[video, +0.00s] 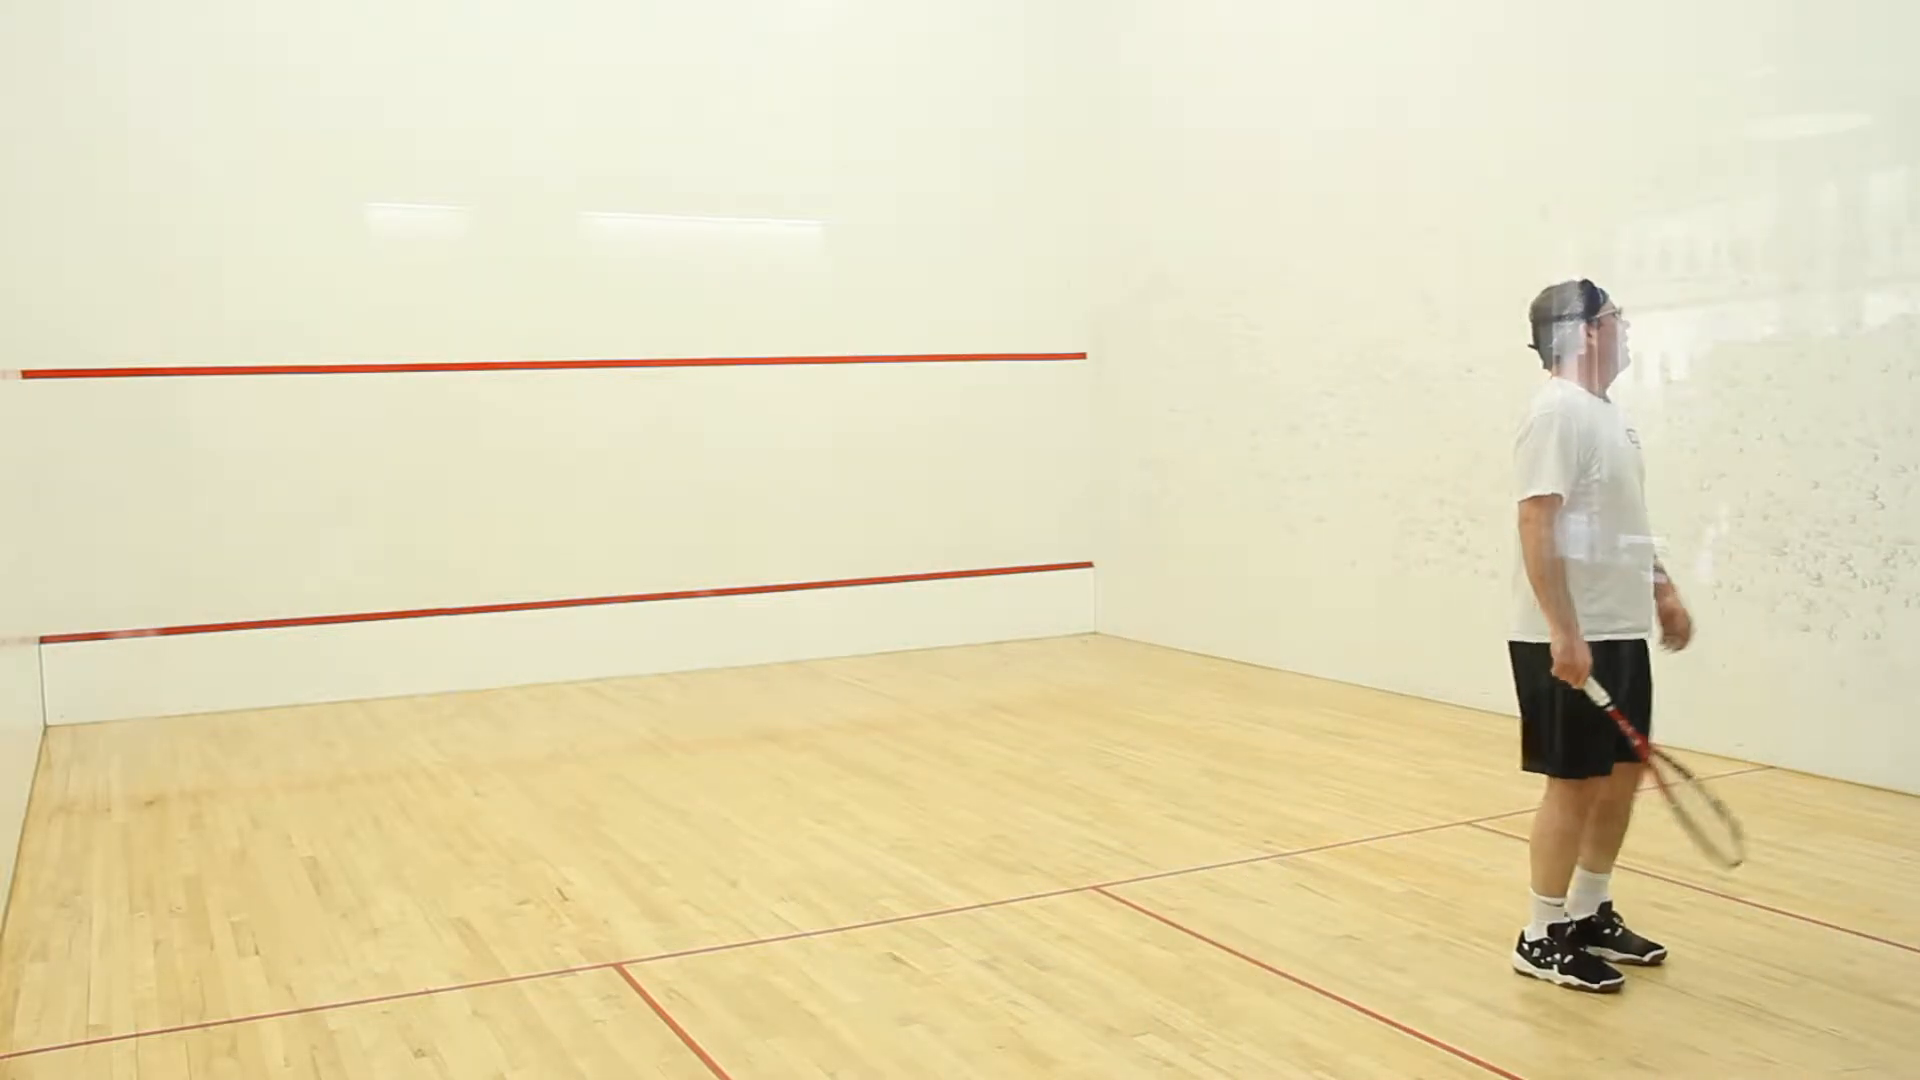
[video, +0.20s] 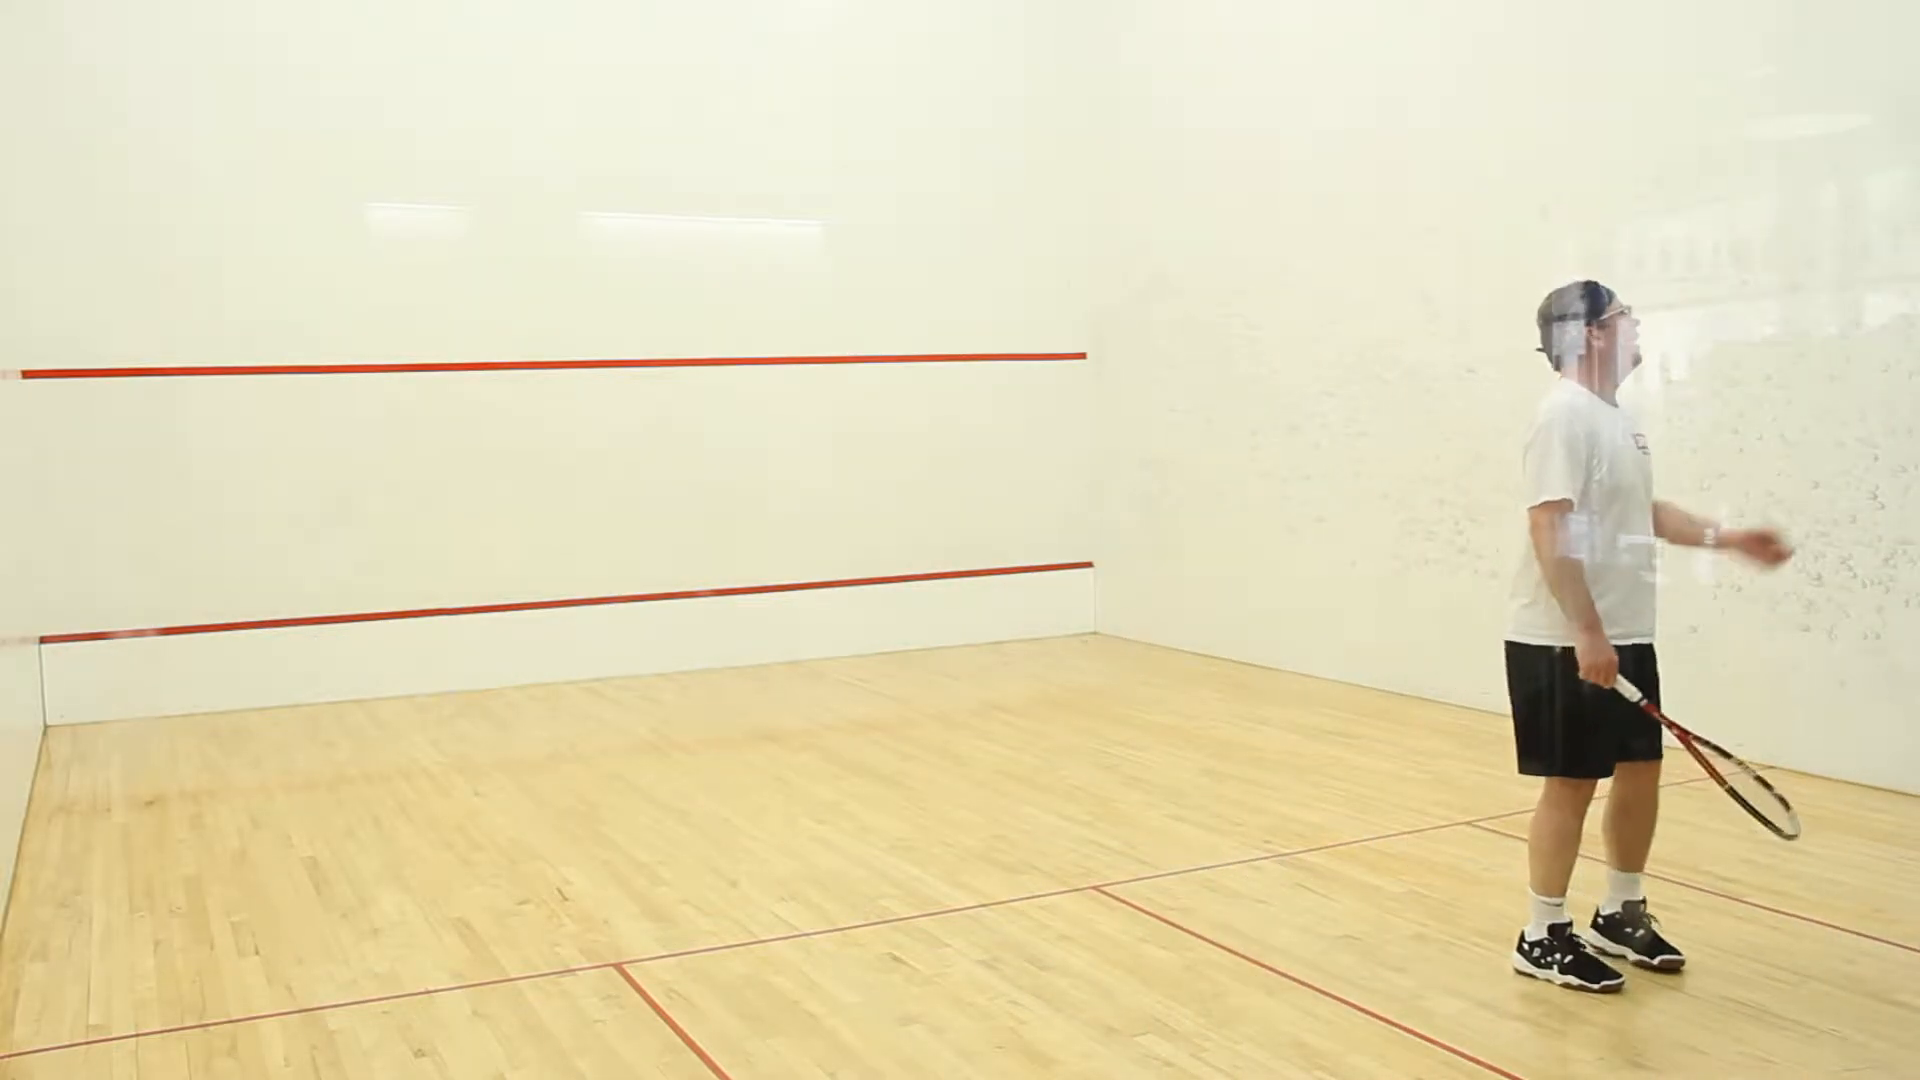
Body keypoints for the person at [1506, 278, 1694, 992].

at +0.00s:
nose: (1625, 331)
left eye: (1619, 321)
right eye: (1616, 321)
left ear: (1583, 337)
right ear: (1590, 333)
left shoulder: (1607, 414)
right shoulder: (1557, 410)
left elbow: (1625, 520)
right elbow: (1535, 527)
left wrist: (1662, 588)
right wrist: (1565, 633)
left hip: (1621, 633)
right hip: (1569, 636)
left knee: (1624, 769)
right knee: (1574, 780)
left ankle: (1588, 914)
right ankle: (1542, 935)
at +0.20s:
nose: (1635, 336)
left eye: (1631, 324)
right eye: (1626, 325)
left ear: (1591, 337)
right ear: (1594, 335)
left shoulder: (1614, 418)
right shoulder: (1563, 416)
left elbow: (1643, 514)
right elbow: (1549, 536)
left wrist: (1726, 538)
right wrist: (1588, 630)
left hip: (1624, 635)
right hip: (1563, 638)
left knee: (1640, 764)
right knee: (1571, 778)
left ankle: (1622, 913)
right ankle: (1544, 935)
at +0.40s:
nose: (1652, 334)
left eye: (1650, 323)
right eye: (1640, 323)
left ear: (1619, 337)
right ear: (1599, 335)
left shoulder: (1654, 421)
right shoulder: (1555, 424)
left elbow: (1713, 499)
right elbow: (1534, 531)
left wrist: (1810, 473)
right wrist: (1578, 623)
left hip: (1637, 636)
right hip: (1565, 636)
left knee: (1633, 769)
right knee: (1571, 778)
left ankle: (1620, 918)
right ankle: (1543, 935)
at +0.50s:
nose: (1654, 351)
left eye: (1656, 338)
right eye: (1642, 337)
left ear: (1646, 342)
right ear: (1596, 340)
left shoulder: (1664, 418)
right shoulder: (1552, 420)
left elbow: (1729, 486)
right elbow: (1521, 525)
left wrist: (1837, 460)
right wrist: (1551, 625)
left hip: (1642, 636)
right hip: (1568, 635)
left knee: (1632, 768)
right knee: (1573, 778)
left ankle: (1618, 917)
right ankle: (1543, 933)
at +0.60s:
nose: (1652, 352)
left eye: (1657, 337)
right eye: (1638, 338)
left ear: (1659, 341)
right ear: (1595, 342)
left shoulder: (1673, 420)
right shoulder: (1546, 420)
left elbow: (1727, 497)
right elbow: (1506, 523)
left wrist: (1793, 442)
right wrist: (1511, 621)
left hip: (1644, 637)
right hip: (1564, 636)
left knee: (1632, 780)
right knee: (1565, 784)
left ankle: (1618, 917)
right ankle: (1543, 927)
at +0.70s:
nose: (1643, 356)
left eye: (1649, 341)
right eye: (1628, 342)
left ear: (1656, 344)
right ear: (1588, 345)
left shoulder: (1675, 425)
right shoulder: (1541, 424)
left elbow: (1734, 505)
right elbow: (1497, 523)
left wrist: (1711, 433)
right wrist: (1477, 619)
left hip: (1643, 639)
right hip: (1556, 636)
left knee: (1633, 781)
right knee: (1549, 782)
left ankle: (1620, 917)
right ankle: (1534, 926)